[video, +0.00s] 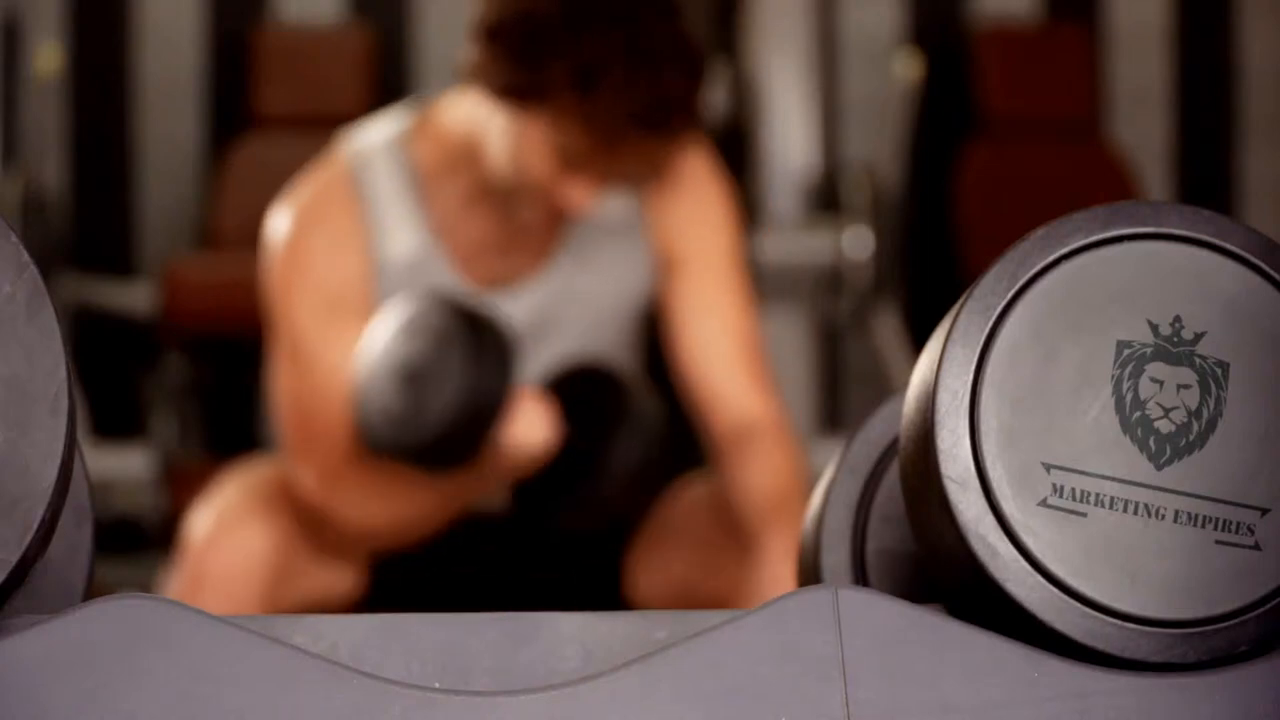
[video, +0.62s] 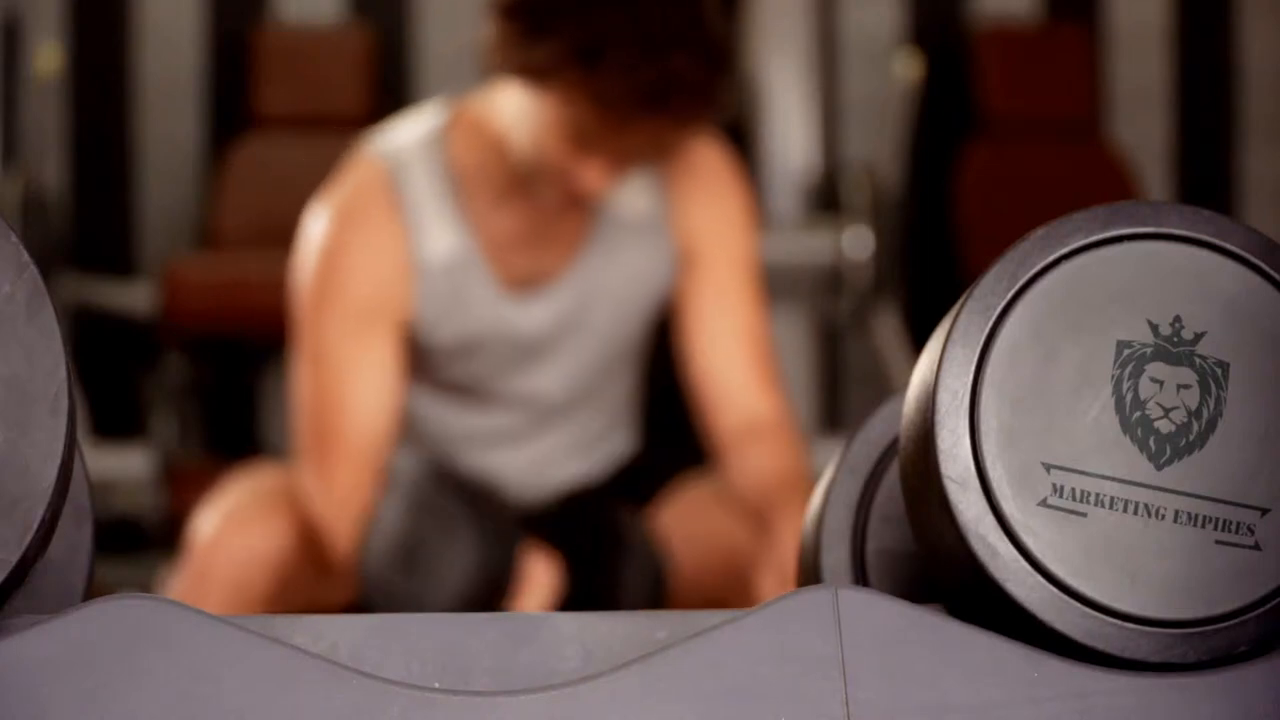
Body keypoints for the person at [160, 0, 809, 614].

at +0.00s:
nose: (588, 201)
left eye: (615, 174)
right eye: (573, 164)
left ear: (652, 137)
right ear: (509, 98)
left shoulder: (671, 173)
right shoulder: (328, 212)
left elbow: (747, 423)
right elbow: (340, 499)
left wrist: (790, 586)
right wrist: (489, 465)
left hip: (600, 522)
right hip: (400, 527)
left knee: (778, 540)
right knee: (235, 532)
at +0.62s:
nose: (600, 180)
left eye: (633, 153)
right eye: (584, 141)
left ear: (672, 119)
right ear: (527, 75)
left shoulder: (692, 171)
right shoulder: (369, 210)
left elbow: (750, 423)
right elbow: (341, 497)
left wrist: (797, 536)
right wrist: (497, 574)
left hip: (607, 512)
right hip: (423, 516)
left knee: (794, 533)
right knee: (241, 528)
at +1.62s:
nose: (616, 201)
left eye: (649, 170)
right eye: (595, 159)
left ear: (684, 139)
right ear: (533, 99)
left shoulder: (696, 176)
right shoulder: (398, 239)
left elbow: (755, 431)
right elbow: (338, 549)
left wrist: (797, 573)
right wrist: (376, 715)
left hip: (601, 522)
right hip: (418, 532)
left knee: (796, 538)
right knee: (226, 532)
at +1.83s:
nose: (614, 185)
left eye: (648, 153)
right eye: (593, 143)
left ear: (680, 121)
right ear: (530, 85)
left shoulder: (696, 172)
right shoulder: (397, 225)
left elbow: (753, 430)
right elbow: (336, 529)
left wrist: (794, 573)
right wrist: (414, 699)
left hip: (601, 522)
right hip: (419, 532)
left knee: (793, 539)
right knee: (232, 528)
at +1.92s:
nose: (613, 176)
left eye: (646, 145)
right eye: (592, 135)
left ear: (677, 114)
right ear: (528, 76)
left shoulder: (696, 170)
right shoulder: (395, 219)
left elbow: (753, 429)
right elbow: (336, 522)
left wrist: (791, 573)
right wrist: (441, 689)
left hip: (599, 522)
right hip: (418, 531)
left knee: (793, 538)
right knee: (236, 528)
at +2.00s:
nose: (611, 168)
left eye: (645, 137)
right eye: (591, 127)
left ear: (676, 110)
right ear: (524, 67)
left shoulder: (696, 170)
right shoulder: (393, 210)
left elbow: (753, 428)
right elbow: (337, 510)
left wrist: (790, 570)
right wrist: (457, 668)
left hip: (601, 521)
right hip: (418, 529)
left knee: (792, 540)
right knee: (241, 526)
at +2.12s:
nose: (607, 158)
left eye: (639, 128)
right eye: (586, 117)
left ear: (675, 106)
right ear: (524, 57)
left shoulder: (695, 170)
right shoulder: (385, 205)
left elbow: (755, 426)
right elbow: (338, 496)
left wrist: (787, 574)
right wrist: (479, 598)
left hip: (602, 526)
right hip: (419, 532)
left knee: (799, 525)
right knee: (245, 528)